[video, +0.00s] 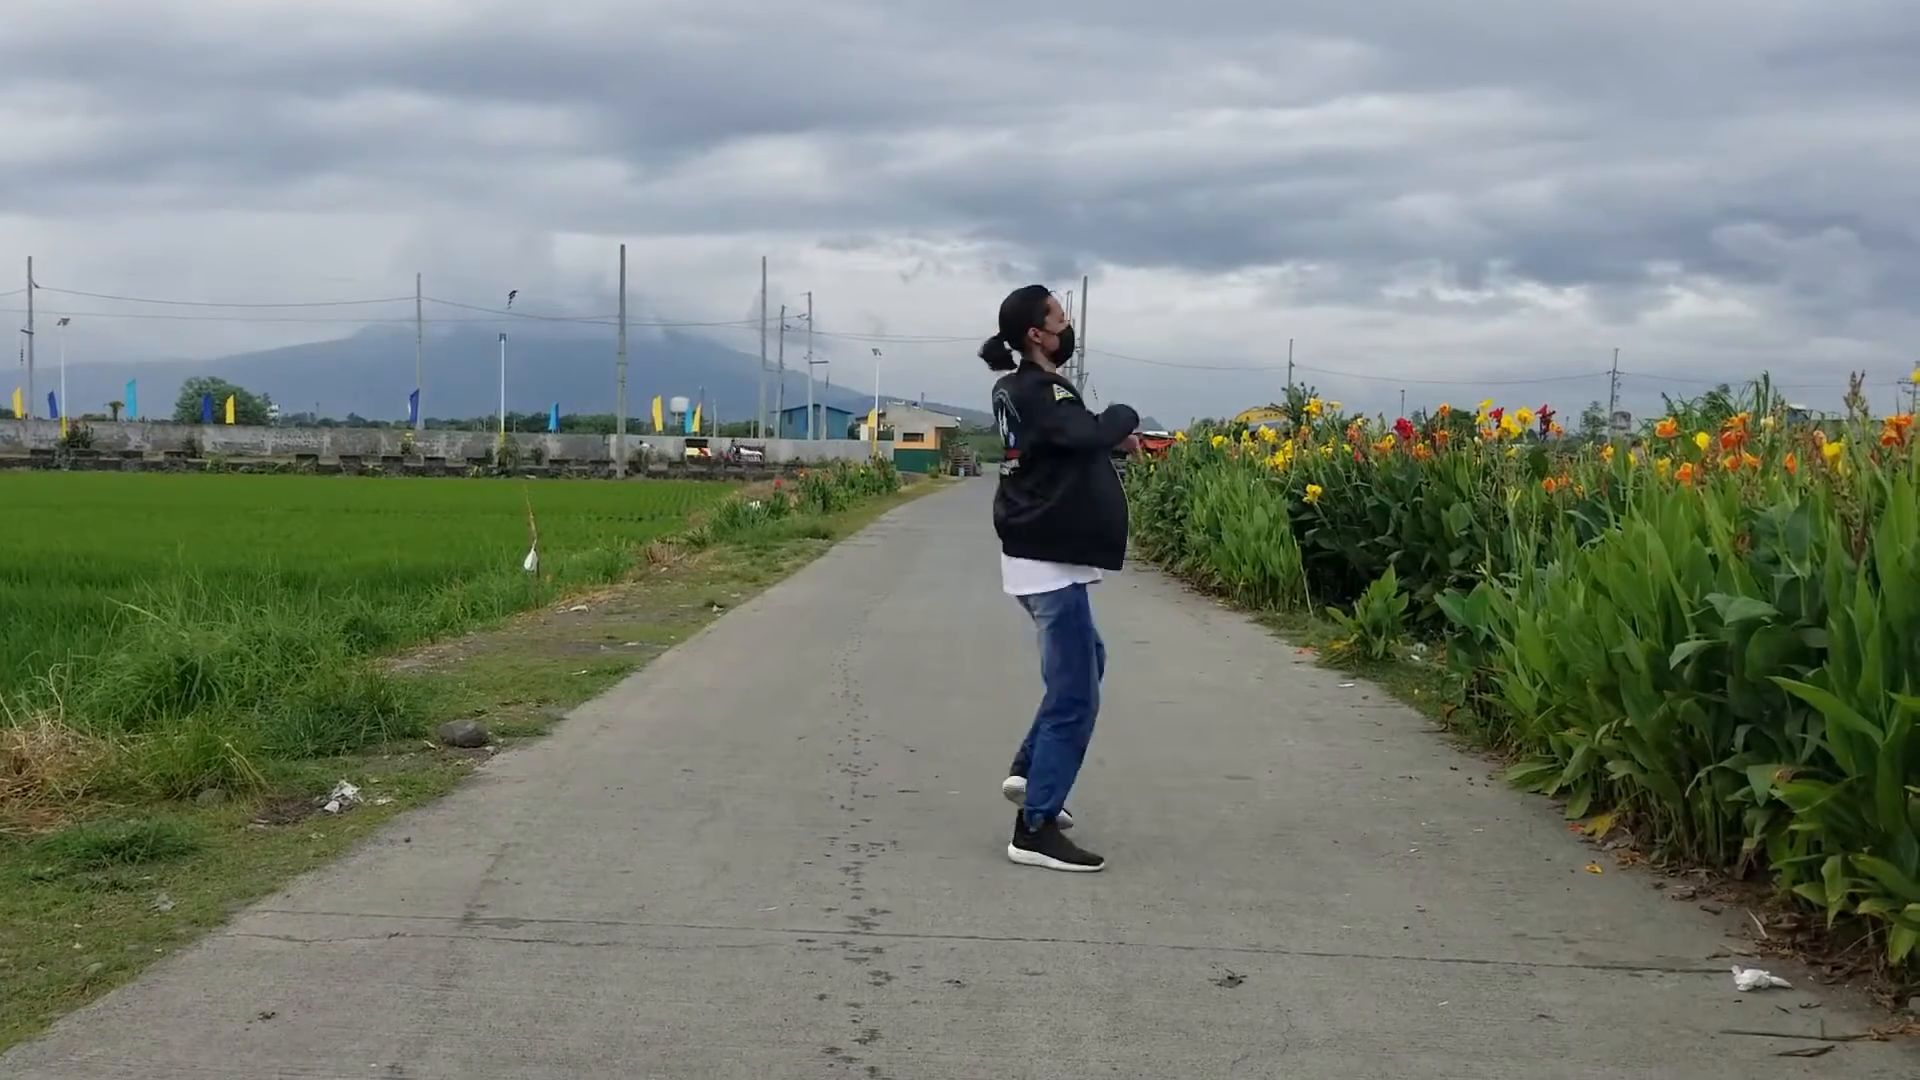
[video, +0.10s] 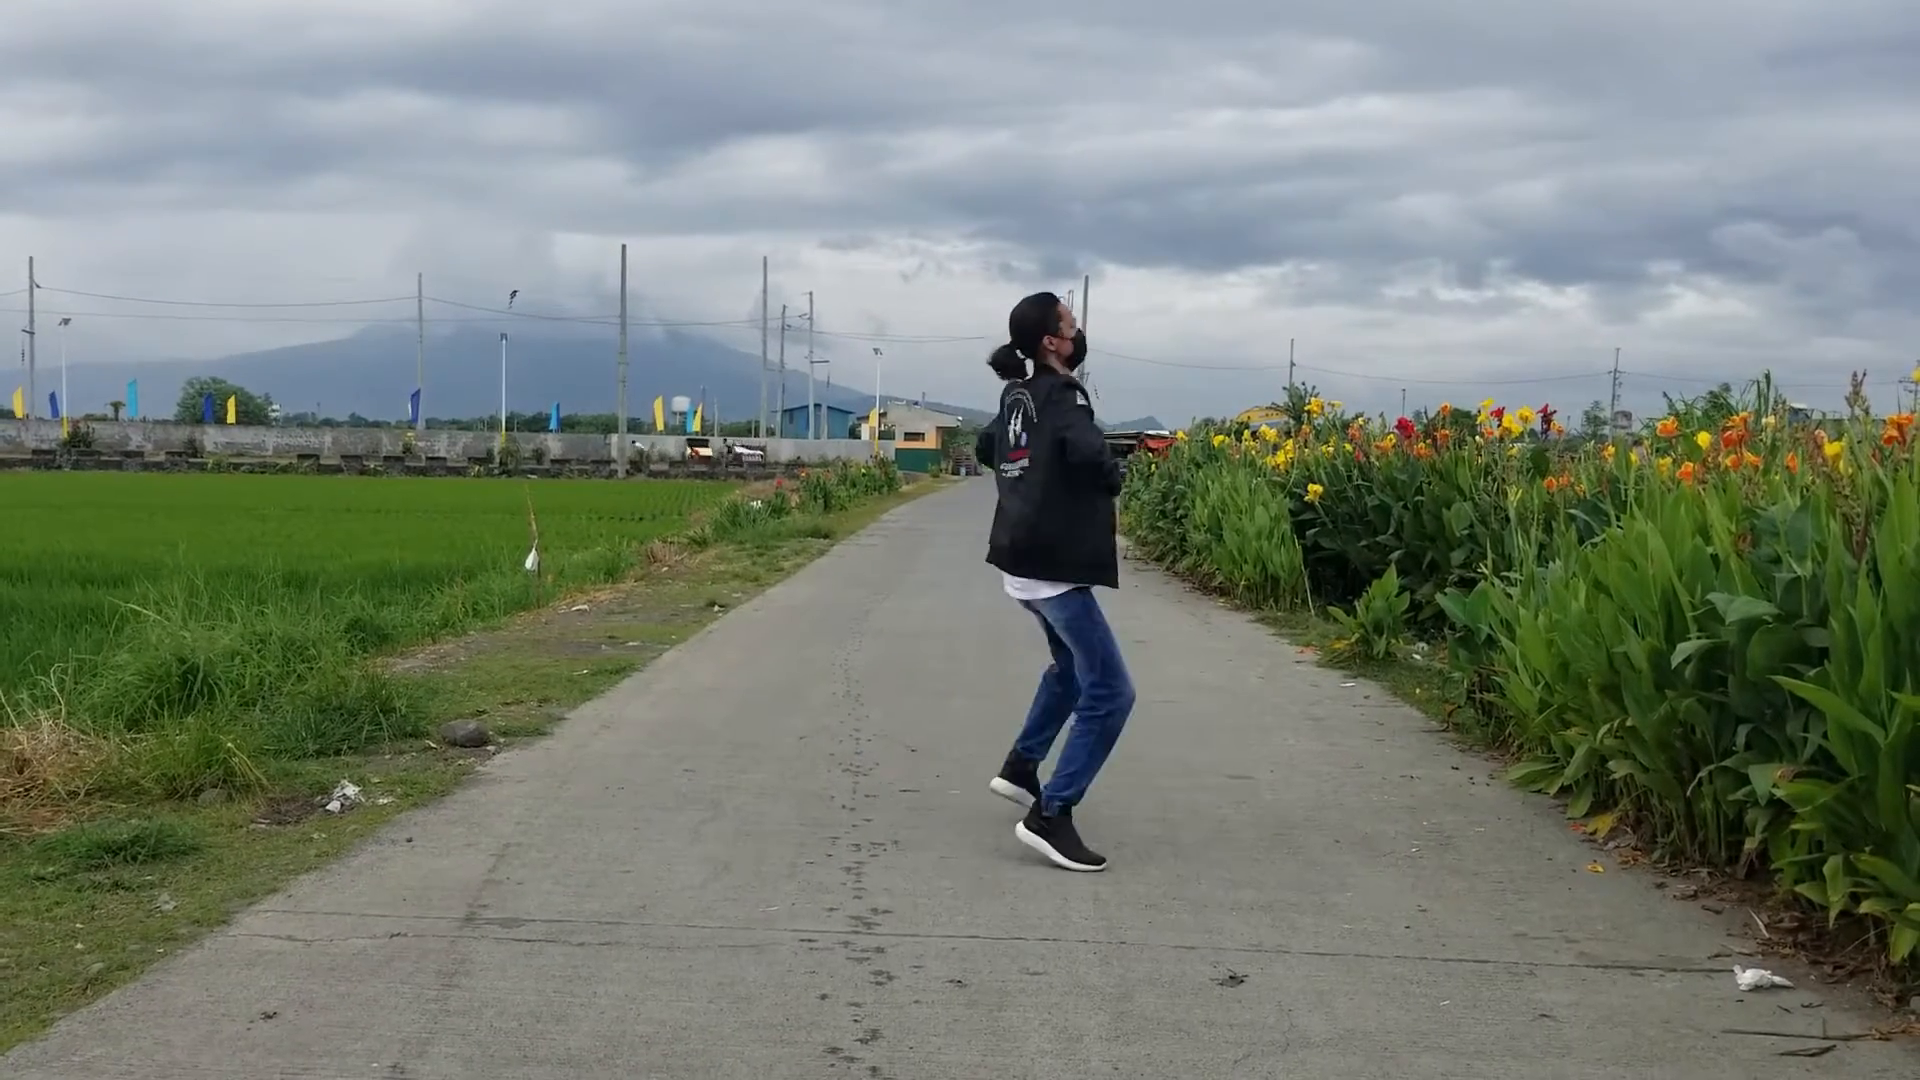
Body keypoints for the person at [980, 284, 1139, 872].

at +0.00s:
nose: (1068, 324)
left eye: (1065, 316)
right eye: (1060, 318)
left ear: (1031, 333)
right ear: (1036, 331)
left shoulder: (1036, 383)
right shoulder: (1033, 389)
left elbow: (1067, 440)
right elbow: (1091, 432)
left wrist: (1115, 444)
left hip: (1045, 560)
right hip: (1048, 564)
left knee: (1088, 661)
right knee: (1073, 698)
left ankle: (1030, 768)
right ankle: (1037, 828)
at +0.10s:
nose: (1078, 333)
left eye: (1074, 325)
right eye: (1070, 327)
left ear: (1036, 344)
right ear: (1049, 340)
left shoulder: (1019, 397)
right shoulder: (1063, 394)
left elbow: (987, 448)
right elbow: (1086, 452)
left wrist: (1045, 457)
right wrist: (1124, 455)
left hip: (1026, 570)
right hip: (1056, 574)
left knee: (1070, 669)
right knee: (1111, 693)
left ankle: (1021, 765)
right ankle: (1051, 816)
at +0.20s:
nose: (1086, 366)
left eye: (1082, 358)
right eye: (1079, 360)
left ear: (1043, 373)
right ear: (1060, 372)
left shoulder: (1013, 419)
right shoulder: (1075, 420)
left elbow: (955, 458)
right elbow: (1077, 468)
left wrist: (993, 504)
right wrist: (1079, 517)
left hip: (1021, 589)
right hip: (1050, 594)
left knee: (1048, 682)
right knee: (1125, 702)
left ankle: (1010, 779)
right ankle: (1054, 815)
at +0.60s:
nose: (1071, 350)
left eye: (1076, 341)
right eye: (1058, 344)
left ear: (1087, 348)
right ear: (1036, 357)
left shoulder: (1104, 414)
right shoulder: (1017, 406)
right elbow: (957, 472)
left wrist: (1140, 414)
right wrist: (995, 538)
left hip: (1077, 581)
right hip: (1028, 580)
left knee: (1112, 694)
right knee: (1089, 699)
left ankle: (1045, 776)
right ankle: (1045, 823)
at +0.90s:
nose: (1055, 337)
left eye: (1062, 325)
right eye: (1042, 330)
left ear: (1076, 323)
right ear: (1025, 335)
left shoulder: (1111, 368)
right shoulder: (1001, 379)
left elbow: (1177, 410)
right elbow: (962, 437)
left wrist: (1108, 446)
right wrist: (981, 503)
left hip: (1078, 563)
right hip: (1013, 560)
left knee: (1073, 701)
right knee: (1015, 694)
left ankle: (1086, 812)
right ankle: (1027, 817)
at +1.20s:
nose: (991, 338)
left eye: (999, 330)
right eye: (989, 330)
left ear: (1032, 327)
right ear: (1004, 330)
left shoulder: (1058, 406)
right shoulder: (991, 390)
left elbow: (1079, 497)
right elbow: (974, 473)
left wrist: (1069, 584)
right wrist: (947, 540)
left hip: (1021, 577)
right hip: (971, 566)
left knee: (1027, 704)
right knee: (937, 681)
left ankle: (1067, 806)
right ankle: (985, 799)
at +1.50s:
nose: (963, 331)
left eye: (969, 322)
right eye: (961, 323)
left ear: (998, 322)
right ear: (1000, 324)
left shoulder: (985, 370)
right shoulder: (1009, 366)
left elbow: (999, 459)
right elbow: (1008, 450)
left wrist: (998, 551)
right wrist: (959, 420)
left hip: (984, 558)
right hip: (991, 554)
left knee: (947, 683)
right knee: (951, 682)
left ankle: (1014, 792)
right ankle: (983, 799)